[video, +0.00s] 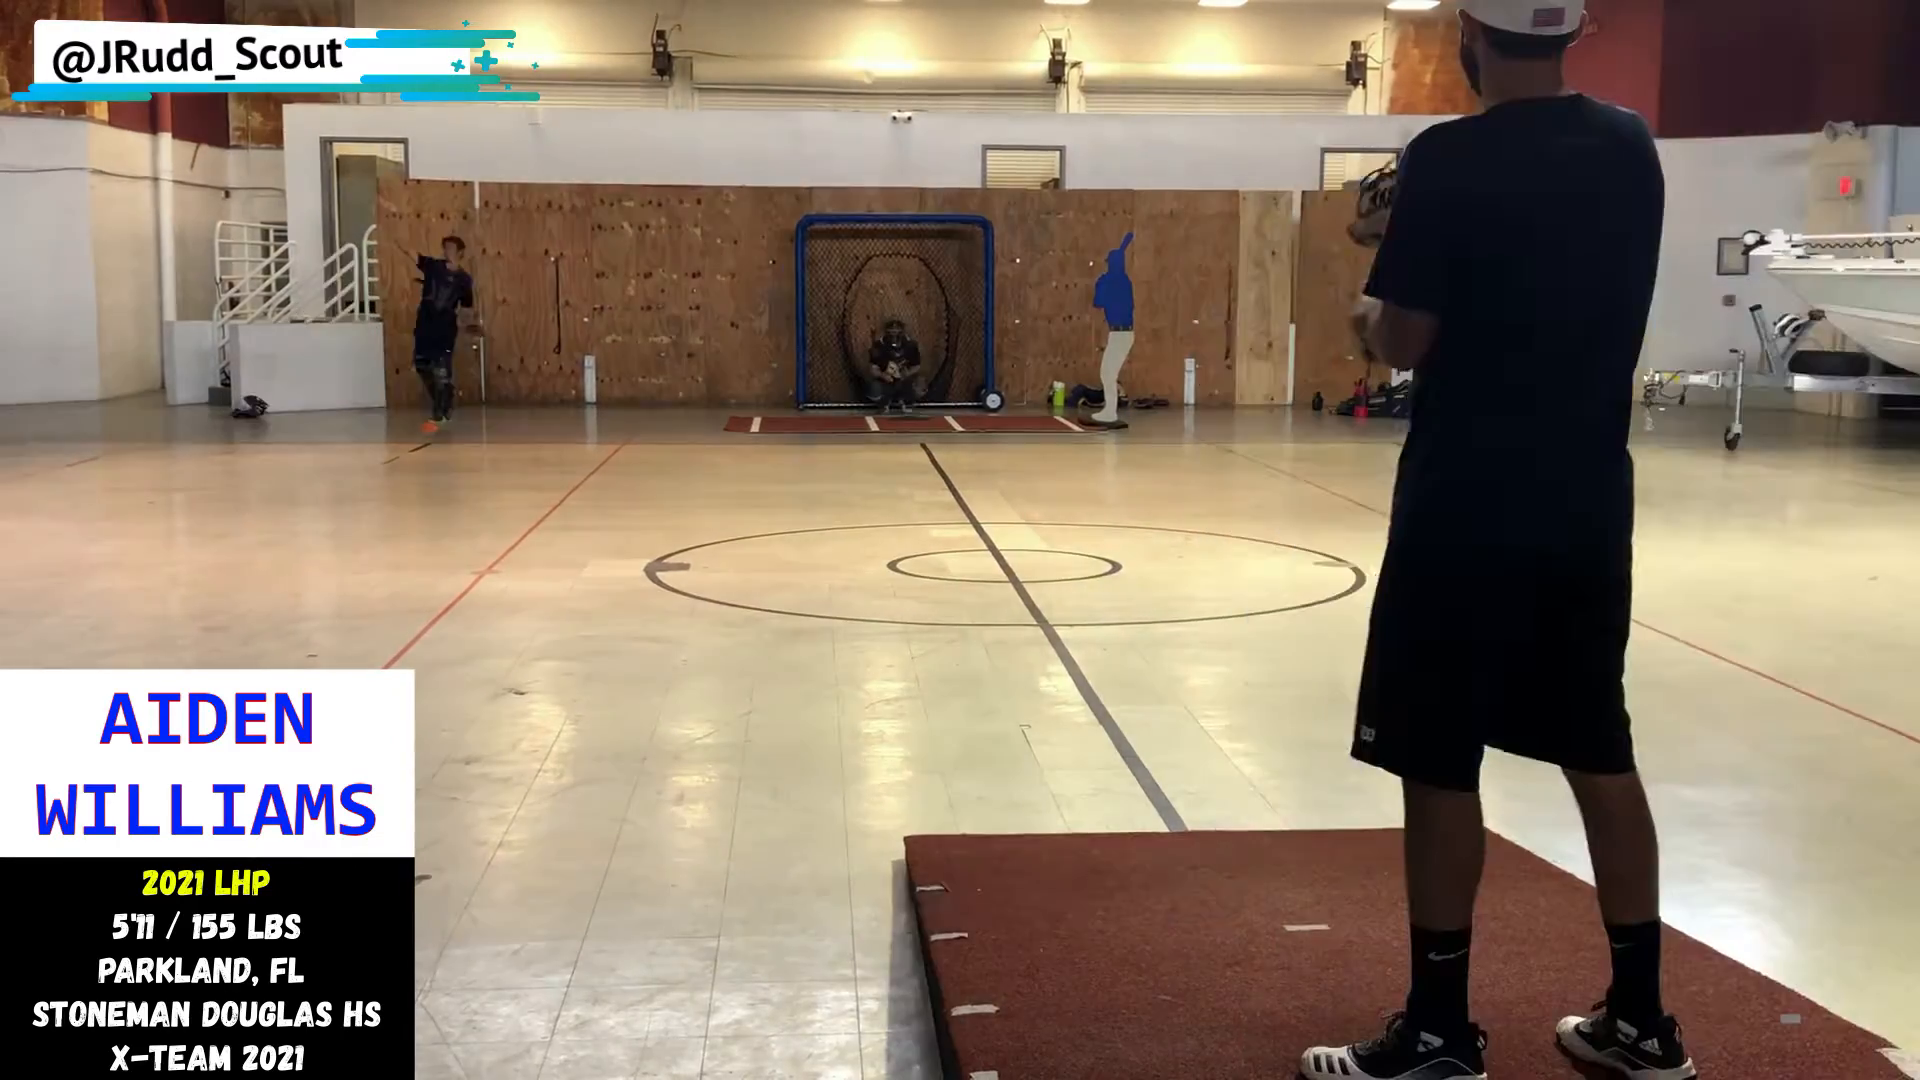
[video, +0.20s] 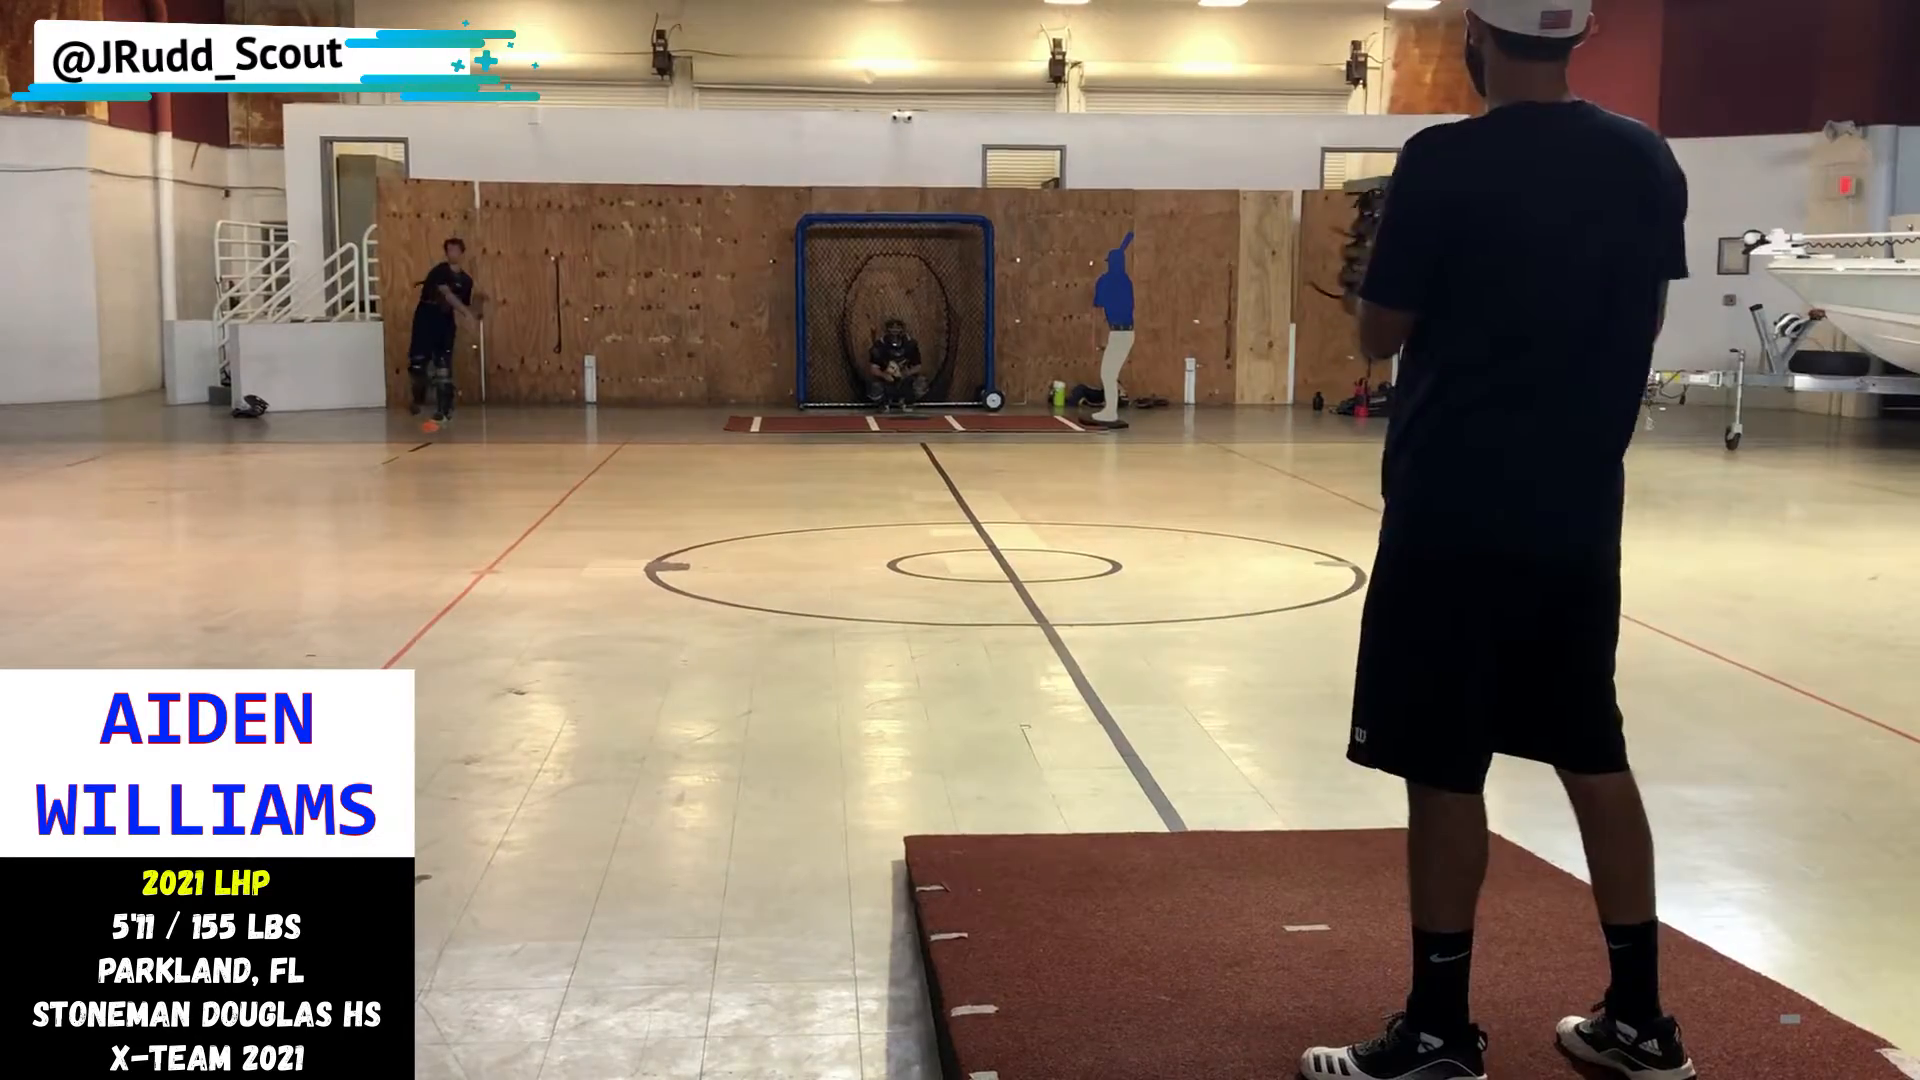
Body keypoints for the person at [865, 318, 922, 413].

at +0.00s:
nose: (894, 336)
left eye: (897, 333)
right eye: (891, 333)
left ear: (902, 332)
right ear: (886, 332)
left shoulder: (911, 345)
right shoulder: (878, 346)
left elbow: (916, 366)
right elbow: (873, 369)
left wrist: (906, 374)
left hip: (903, 381)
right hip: (886, 382)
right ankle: (884, 405)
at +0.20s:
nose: (895, 334)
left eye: (898, 331)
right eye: (892, 331)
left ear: (902, 331)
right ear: (887, 331)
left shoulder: (911, 344)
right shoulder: (879, 345)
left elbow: (917, 366)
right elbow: (874, 368)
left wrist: (906, 373)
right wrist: (885, 375)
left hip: (904, 379)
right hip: (887, 380)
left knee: (921, 383)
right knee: (875, 386)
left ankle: (906, 402)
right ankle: (883, 404)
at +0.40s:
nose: (895, 335)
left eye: (897, 332)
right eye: (892, 332)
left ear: (902, 331)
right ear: (887, 332)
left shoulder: (911, 344)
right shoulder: (879, 346)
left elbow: (917, 367)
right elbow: (874, 368)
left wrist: (906, 373)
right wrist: (884, 375)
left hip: (904, 380)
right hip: (887, 380)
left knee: (921, 383)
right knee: (875, 386)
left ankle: (906, 402)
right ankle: (883, 405)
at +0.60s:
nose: (895, 335)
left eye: (898, 331)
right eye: (892, 331)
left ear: (903, 331)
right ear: (888, 332)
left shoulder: (911, 344)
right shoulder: (879, 345)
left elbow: (918, 366)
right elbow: (874, 368)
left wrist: (906, 373)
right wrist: (885, 375)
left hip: (905, 379)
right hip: (887, 380)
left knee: (922, 383)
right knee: (876, 385)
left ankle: (906, 402)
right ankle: (884, 405)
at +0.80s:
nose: (895, 334)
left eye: (898, 331)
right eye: (892, 331)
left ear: (902, 331)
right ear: (887, 331)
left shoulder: (910, 344)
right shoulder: (879, 345)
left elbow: (917, 367)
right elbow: (874, 369)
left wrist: (905, 373)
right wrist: (884, 375)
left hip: (904, 379)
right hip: (887, 379)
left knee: (921, 383)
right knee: (875, 386)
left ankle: (906, 402)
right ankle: (883, 404)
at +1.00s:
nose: (896, 335)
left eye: (898, 332)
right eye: (892, 332)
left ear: (902, 331)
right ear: (887, 332)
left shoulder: (911, 344)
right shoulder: (879, 345)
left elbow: (918, 367)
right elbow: (874, 368)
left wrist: (906, 373)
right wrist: (885, 375)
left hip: (904, 379)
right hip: (887, 379)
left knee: (921, 382)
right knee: (875, 386)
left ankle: (907, 403)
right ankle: (883, 405)